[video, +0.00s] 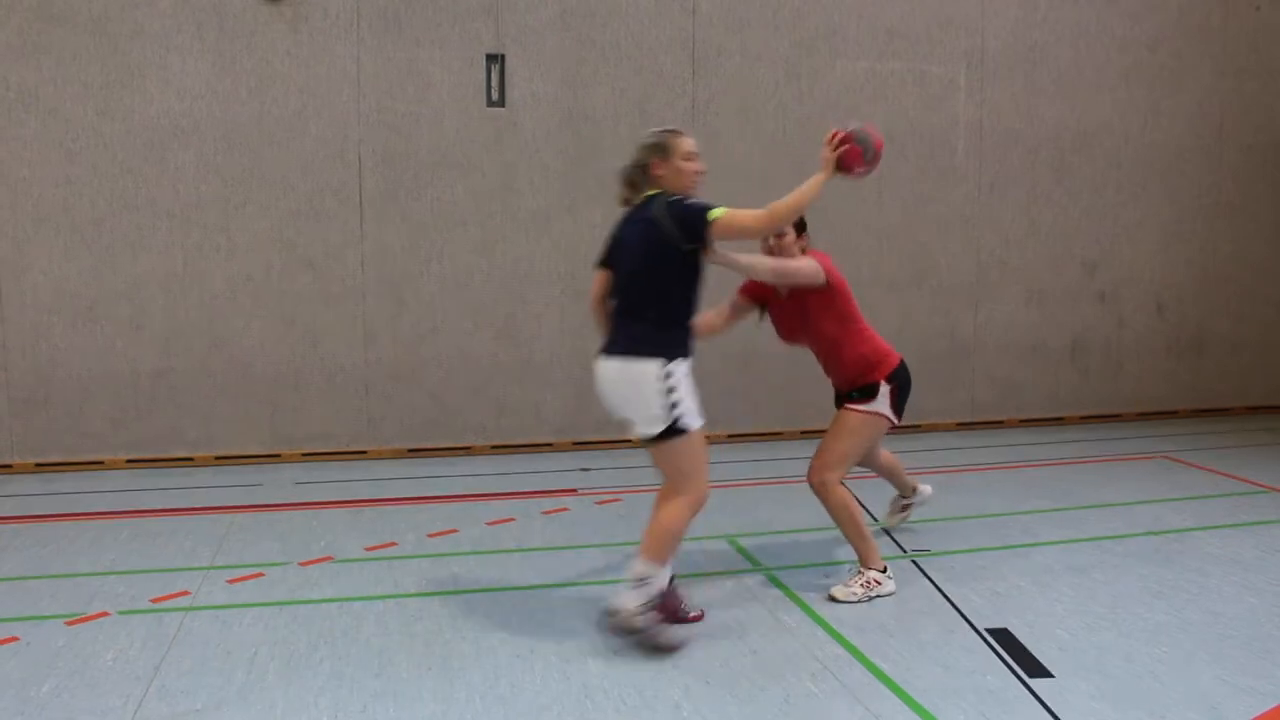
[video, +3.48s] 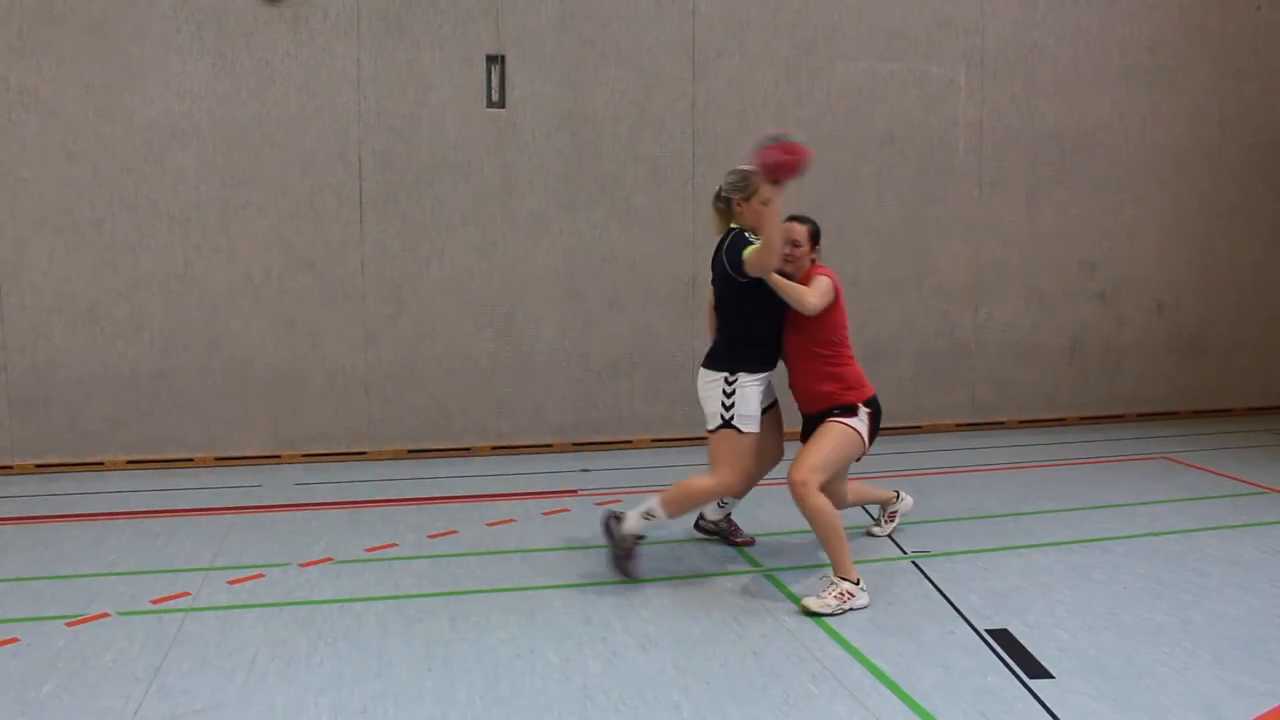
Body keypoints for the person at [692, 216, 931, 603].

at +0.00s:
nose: (772, 243)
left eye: (781, 235)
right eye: (767, 237)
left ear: (801, 239)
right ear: (760, 243)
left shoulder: (818, 267)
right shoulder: (760, 285)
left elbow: (774, 271)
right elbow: (719, 319)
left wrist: (718, 255)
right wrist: (673, 326)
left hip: (880, 379)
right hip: (849, 386)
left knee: (824, 475)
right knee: (865, 452)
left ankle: (875, 570)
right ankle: (909, 490)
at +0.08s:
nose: (769, 232)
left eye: (777, 225)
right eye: (764, 226)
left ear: (800, 225)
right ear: (756, 230)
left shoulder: (817, 251)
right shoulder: (759, 269)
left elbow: (773, 259)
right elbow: (721, 298)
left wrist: (731, 248)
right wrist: (673, 319)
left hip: (878, 364)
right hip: (846, 369)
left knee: (824, 467)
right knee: (840, 448)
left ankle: (874, 566)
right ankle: (889, 497)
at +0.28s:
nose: (756, 242)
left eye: (764, 234)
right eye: (751, 235)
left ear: (792, 233)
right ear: (752, 238)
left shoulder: (815, 263)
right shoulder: (764, 277)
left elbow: (786, 278)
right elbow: (710, 309)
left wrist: (719, 259)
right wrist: (659, 315)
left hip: (872, 384)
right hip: (834, 385)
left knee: (811, 474)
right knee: (791, 459)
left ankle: (846, 586)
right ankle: (840, 516)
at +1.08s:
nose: (745, 221)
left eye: (752, 214)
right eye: (744, 214)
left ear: (778, 218)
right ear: (755, 220)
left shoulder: (801, 250)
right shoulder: (765, 256)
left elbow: (808, 309)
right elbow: (755, 308)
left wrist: (752, 304)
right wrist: (712, 317)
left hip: (850, 348)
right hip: (821, 350)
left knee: (807, 434)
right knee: (797, 430)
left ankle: (823, 537)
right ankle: (830, 495)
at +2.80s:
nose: (762, 229)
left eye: (768, 221)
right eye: (761, 221)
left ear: (795, 221)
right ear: (791, 223)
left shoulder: (813, 247)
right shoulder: (797, 260)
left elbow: (777, 295)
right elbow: (768, 318)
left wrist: (724, 268)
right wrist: (714, 316)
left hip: (881, 362)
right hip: (867, 364)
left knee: (832, 462)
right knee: (843, 450)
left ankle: (874, 566)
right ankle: (883, 520)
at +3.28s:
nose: (761, 248)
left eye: (770, 242)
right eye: (759, 242)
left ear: (794, 249)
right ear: (760, 246)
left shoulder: (800, 272)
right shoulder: (776, 284)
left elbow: (765, 288)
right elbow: (785, 348)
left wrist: (727, 264)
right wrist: (741, 333)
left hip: (848, 399)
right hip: (826, 403)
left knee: (800, 483)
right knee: (823, 486)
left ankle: (858, 582)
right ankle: (892, 504)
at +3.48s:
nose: (785, 252)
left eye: (794, 245)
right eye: (781, 244)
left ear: (813, 251)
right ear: (772, 246)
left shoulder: (823, 279)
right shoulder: (773, 283)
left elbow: (809, 303)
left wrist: (764, 273)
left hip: (852, 408)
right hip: (815, 413)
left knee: (802, 481)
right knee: (835, 495)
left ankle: (849, 583)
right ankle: (893, 500)